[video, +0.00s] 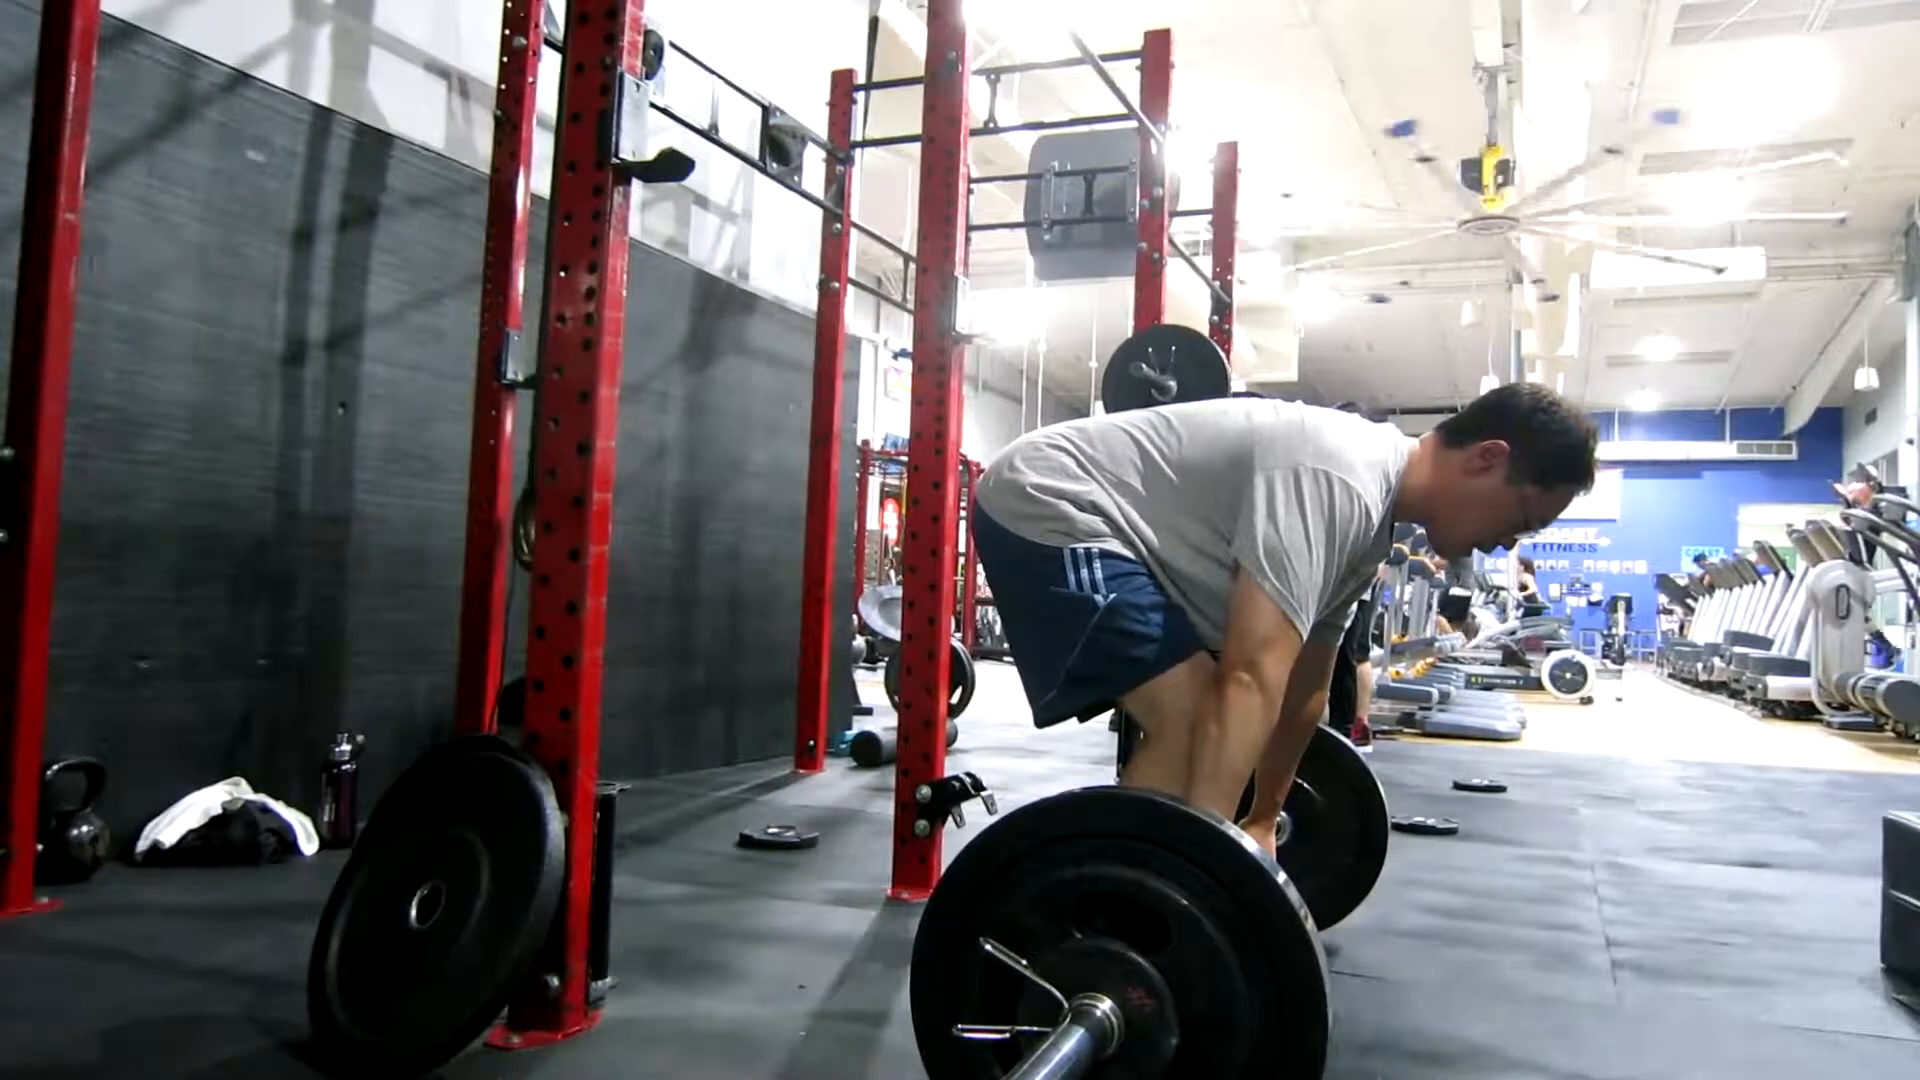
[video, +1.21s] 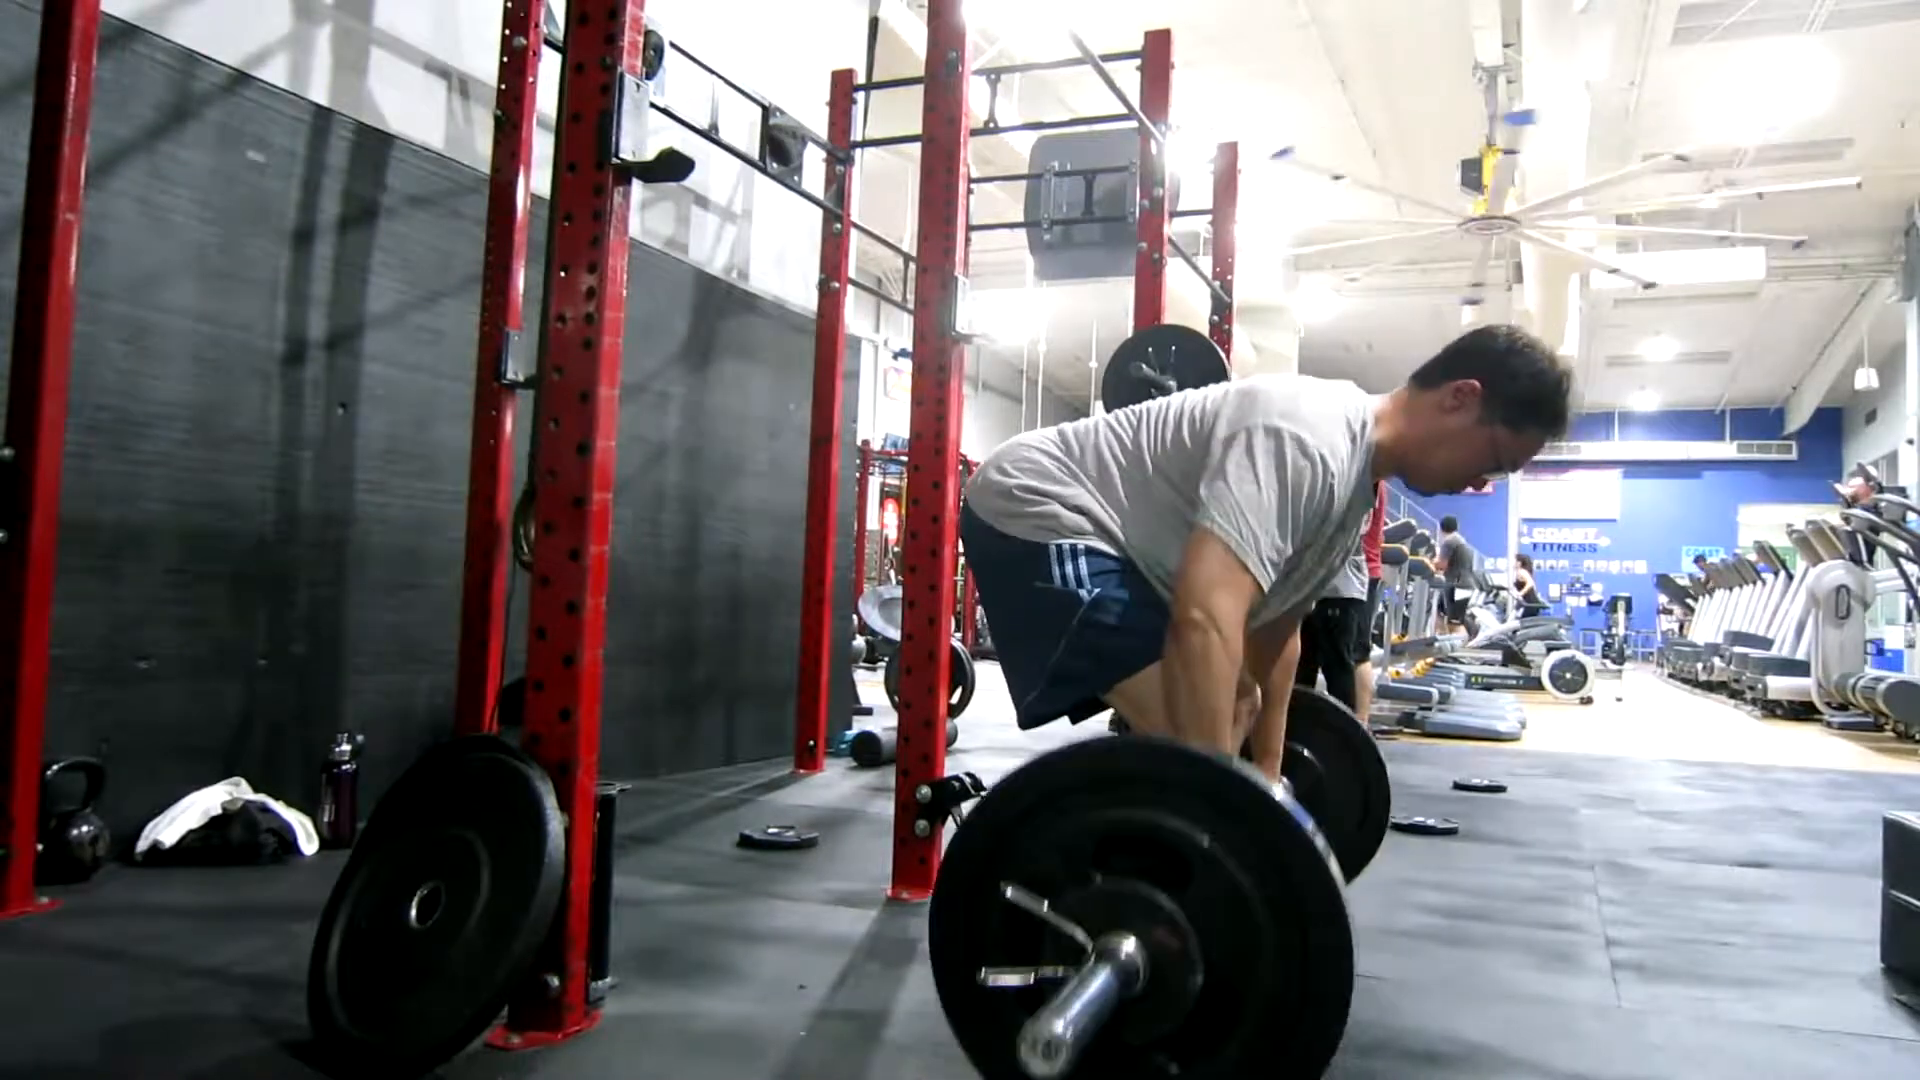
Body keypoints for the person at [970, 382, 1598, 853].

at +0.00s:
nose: (1506, 544)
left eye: (1524, 531)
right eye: (1520, 521)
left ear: (1487, 460)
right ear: (1488, 461)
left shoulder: (1369, 514)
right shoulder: (1334, 475)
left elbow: (1305, 691)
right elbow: (1247, 674)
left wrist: (1260, 821)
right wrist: (1192, 869)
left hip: (1096, 521)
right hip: (1051, 502)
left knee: (1190, 723)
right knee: (1202, 708)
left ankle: (1115, 909)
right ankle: (1151, 908)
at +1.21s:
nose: (1486, 486)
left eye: (1502, 473)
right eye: (1495, 461)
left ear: (1460, 403)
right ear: (1461, 402)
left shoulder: (1355, 487)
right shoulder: (1302, 436)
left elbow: (1276, 631)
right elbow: (1201, 617)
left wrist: (1266, 783)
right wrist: (1205, 812)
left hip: (1107, 535)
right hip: (1038, 507)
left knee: (1223, 716)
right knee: (1189, 730)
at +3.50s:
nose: (1507, 549)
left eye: (1523, 537)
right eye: (1518, 526)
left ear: (1478, 467)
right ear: (1481, 467)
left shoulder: (1368, 527)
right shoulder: (1322, 471)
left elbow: (1299, 693)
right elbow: (1240, 670)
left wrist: (1250, 829)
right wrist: (1187, 872)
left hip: (1104, 526)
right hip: (1052, 503)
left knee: (1187, 727)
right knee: (1205, 709)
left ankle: (1110, 910)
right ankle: (1151, 915)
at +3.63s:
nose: (1508, 550)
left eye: (1526, 538)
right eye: (1519, 527)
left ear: (1479, 468)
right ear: (1482, 469)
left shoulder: (1371, 528)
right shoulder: (1325, 474)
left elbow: (1300, 693)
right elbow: (1240, 672)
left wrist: (1251, 827)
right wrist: (1185, 872)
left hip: (1104, 525)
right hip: (1052, 502)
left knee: (1187, 728)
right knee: (1206, 711)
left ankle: (1110, 910)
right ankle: (1147, 917)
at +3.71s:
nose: (1509, 551)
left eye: (1527, 538)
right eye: (1521, 527)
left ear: (1480, 468)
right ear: (1484, 469)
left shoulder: (1372, 527)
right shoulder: (1325, 474)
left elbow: (1301, 693)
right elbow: (1240, 673)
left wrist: (1251, 830)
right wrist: (1187, 874)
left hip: (1106, 526)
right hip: (1052, 501)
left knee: (1190, 728)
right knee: (1206, 710)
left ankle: (1108, 911)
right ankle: (1149, 918)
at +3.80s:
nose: (1512, 550)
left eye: (1529, 538)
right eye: (1523, 527)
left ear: (1481, 468)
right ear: (1485, 469)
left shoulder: (1373, 530)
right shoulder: (1326, 473)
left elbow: (1301, 696)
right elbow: (1240, 674)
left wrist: (1250, 831)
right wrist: (1184, 876)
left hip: (1107, 526)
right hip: (1054, 501)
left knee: (1189, 730)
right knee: (1207, 711)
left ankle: (1108, 914)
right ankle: (1144, 921)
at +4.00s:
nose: (1513, 553)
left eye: (1531, 541)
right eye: (1524, 530)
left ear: (1486, 470)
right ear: (1488, 470)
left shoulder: (1377, 532)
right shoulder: (1331, 475)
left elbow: (1302, 701)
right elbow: (1244, 676)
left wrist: (1248, 838)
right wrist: (1190, 878)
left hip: (1108, 525)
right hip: (1056, 499)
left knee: (1184, 730)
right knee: (1210, 708)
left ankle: (1110, 914)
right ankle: (1154, 921)